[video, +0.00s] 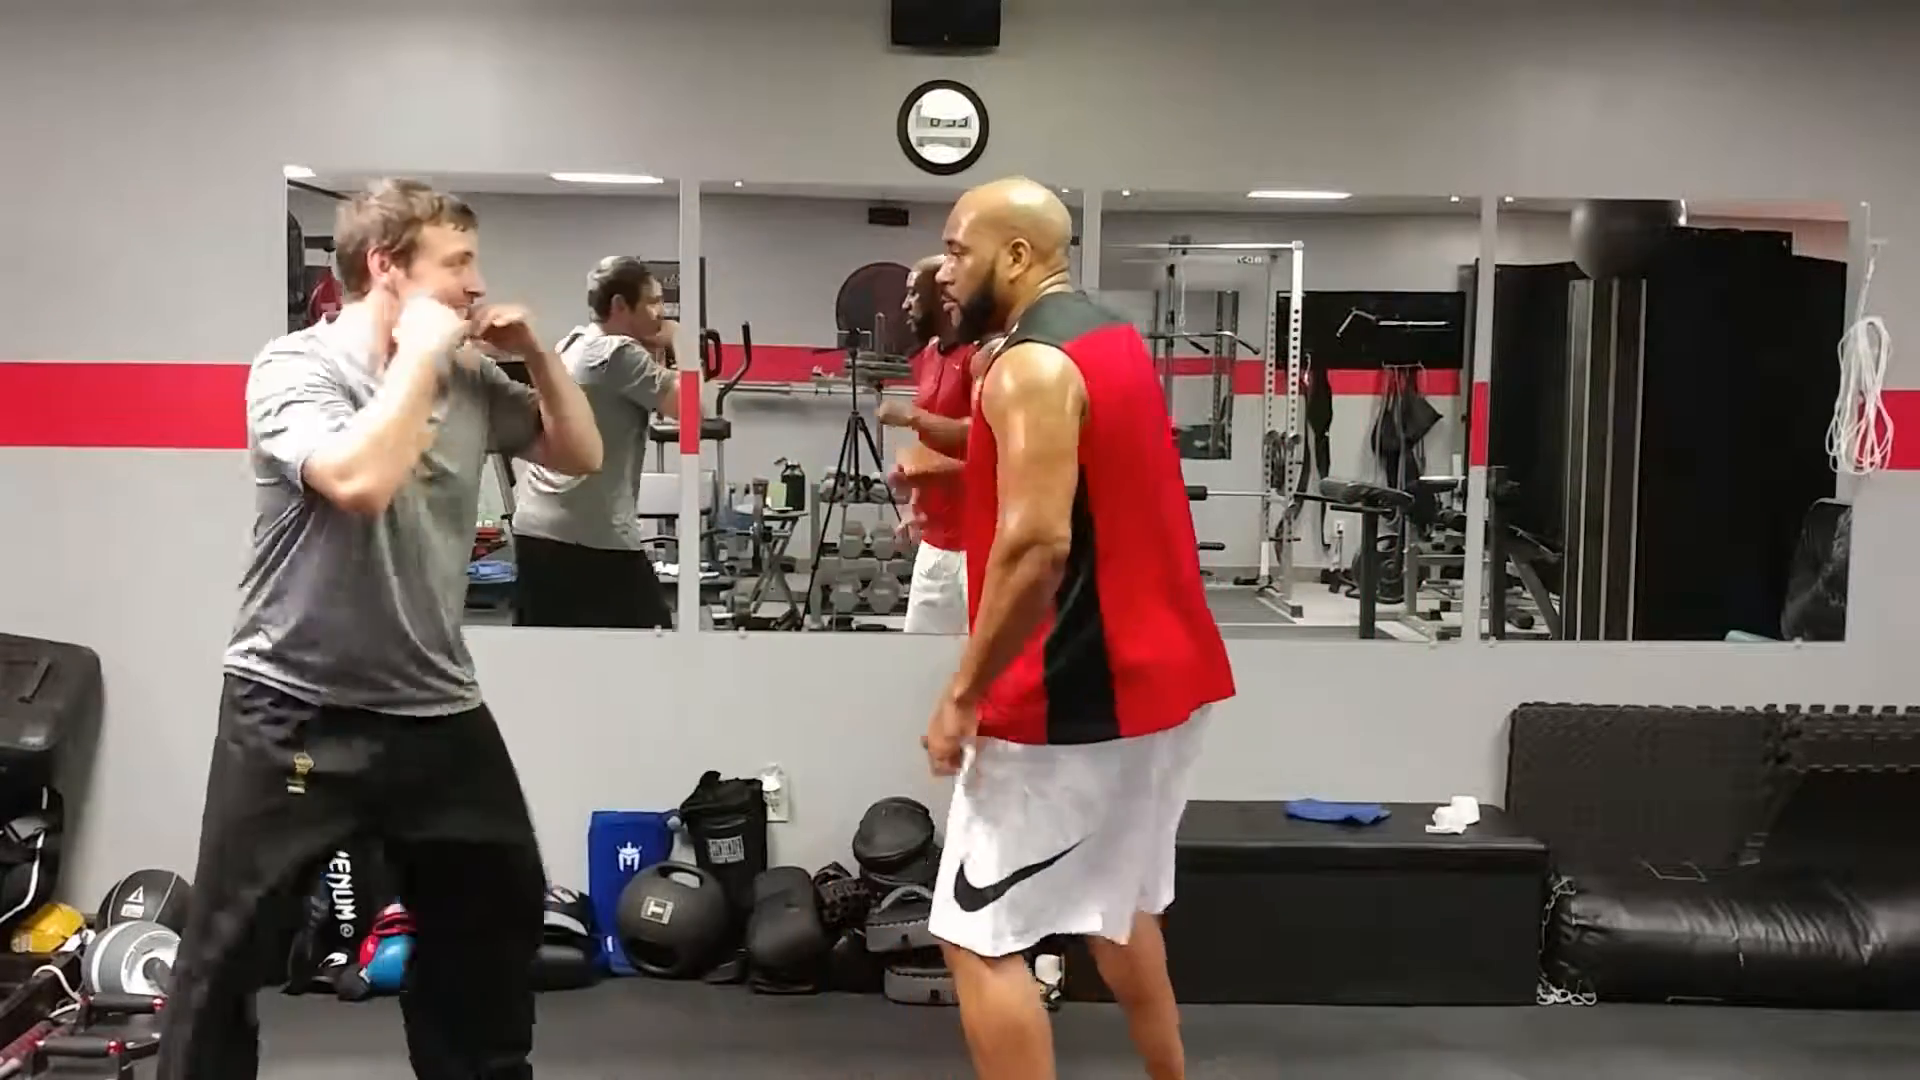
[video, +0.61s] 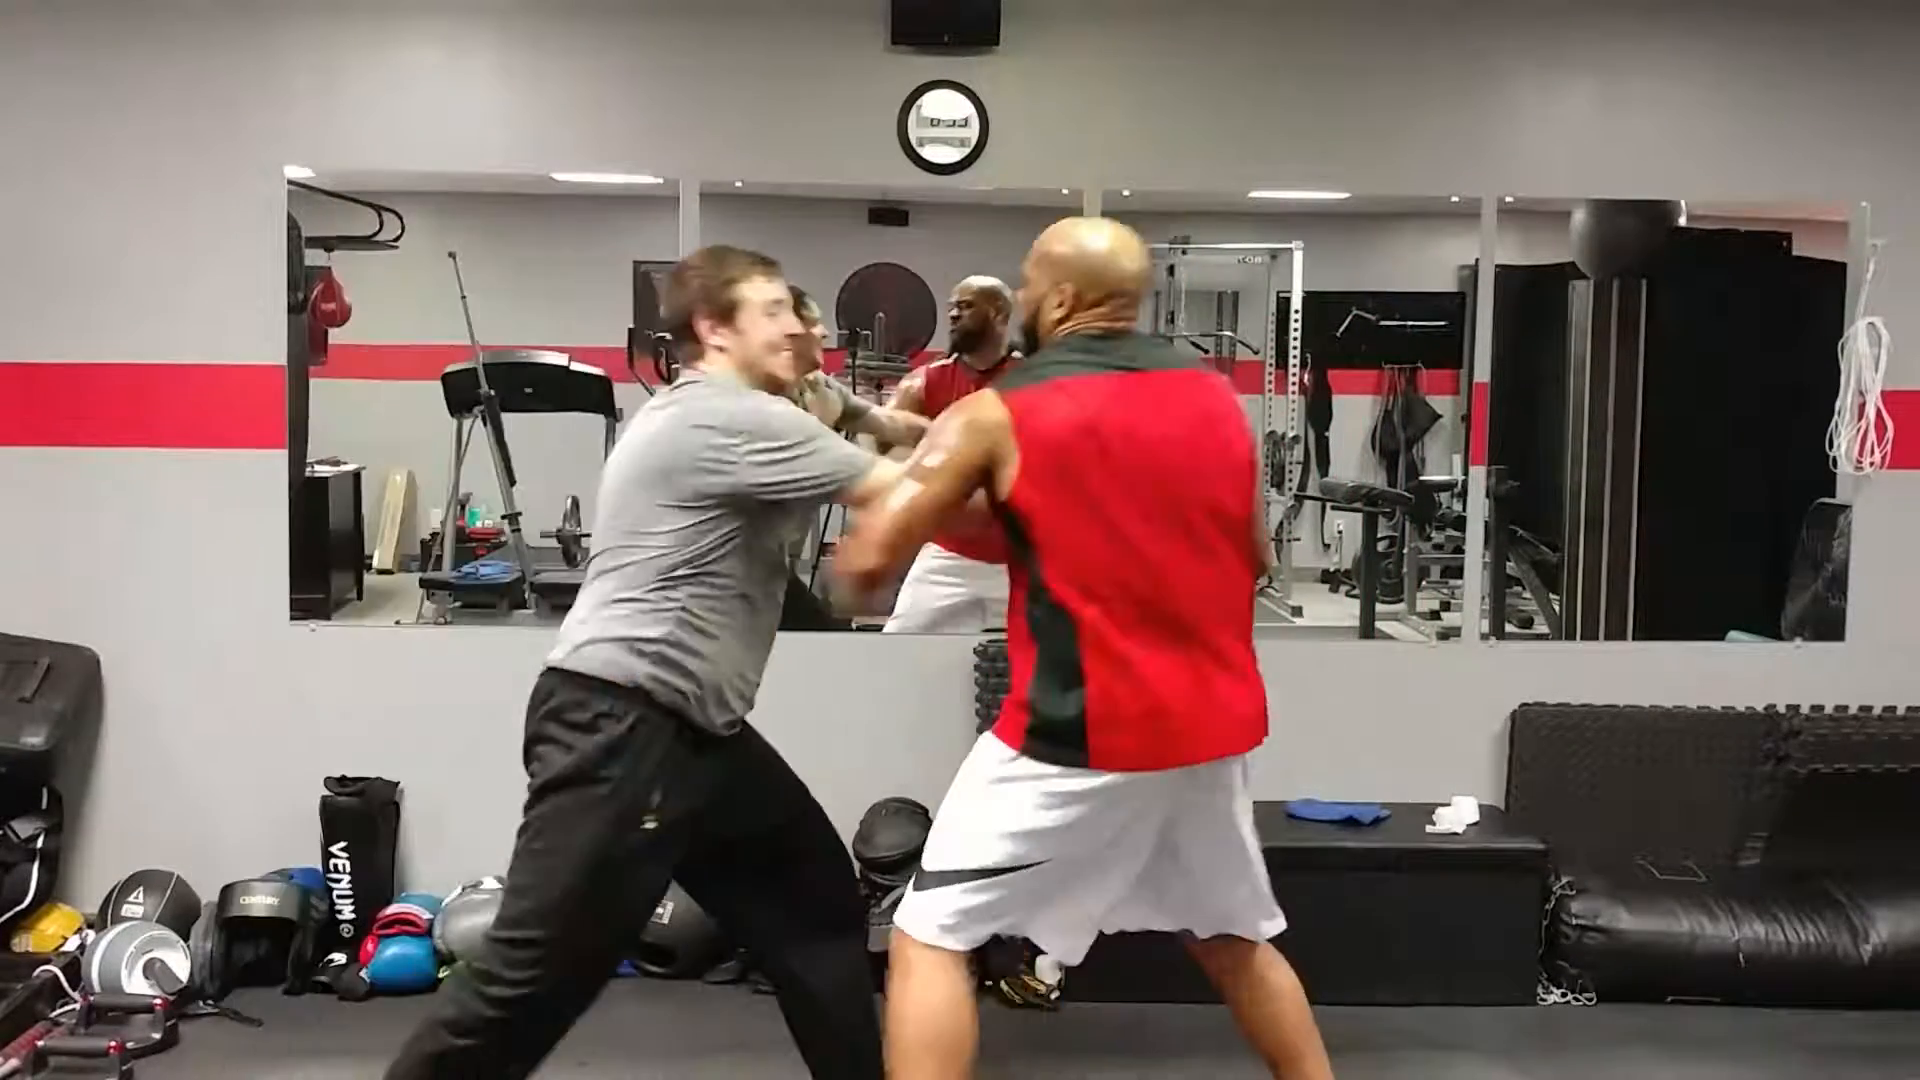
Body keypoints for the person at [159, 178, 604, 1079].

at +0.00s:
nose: (474, 286)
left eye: (475, 267)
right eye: (455, 267)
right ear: (384, 271)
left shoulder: (466, 375)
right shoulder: (292, 370)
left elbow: (577, 456)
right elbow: (357, 479)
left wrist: (541, 356)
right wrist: (421, 352)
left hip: (439, 710)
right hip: (289, 710)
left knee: (495, 927)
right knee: (225, 957)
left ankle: (481, 1073)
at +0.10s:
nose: (469, 298)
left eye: (469, 279)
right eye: (451, 278)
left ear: (391, 285)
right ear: (378, 284)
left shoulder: (476, 389)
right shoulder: (288, 390)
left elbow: (591, 464)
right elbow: (339, 505)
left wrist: (549, 362)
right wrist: (410, 370)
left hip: (464, 726)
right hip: (305, 732)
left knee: (555, 902)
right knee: (228, 976)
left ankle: (515, 1063)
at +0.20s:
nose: (501, 311)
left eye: (499, 291)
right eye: (481, 292)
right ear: (412, 304)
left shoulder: (514, 409)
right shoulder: (322, 415)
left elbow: (627, 478)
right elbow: (354, 537)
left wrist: (593, 379)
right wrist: (428, 406)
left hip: (496, 737)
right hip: (340, 746)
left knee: (608, 898)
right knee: (241, 976)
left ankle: (631, 1069)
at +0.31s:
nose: (569, 299)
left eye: (565, 282)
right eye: (547, 284)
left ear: (517, 304)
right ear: (486, 304)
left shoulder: (562, 408)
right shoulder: (430, 406)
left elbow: (661, 501)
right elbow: (535, 461)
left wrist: (642, 392)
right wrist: (626, 364)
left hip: (545, 735)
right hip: (408, 745)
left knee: (673, 899)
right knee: (304, 966)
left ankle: (760, 1065)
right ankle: (227, 1075)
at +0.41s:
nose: (650, 309)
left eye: (644, 295)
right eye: (625, 295)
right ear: (561, 322)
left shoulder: (619, 405)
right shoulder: (572, 393)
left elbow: (699, 517)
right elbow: (761, 372)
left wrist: (706, 411)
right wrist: (910, 348)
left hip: (625, 739)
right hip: (508, 739)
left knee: (733, 915)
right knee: (389, 958)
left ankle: (816, 1062)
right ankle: (277, 1068)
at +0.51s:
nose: (733, 329)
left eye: (729, 313)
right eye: (714, 314)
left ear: (658, 343)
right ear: (652, 338)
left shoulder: (643, 427)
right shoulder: (692, 419)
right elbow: (864, 438)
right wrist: (1016, 427)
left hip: (682, 749)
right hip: (579, 744)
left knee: (805, 939)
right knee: (473, 979)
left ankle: (849, 1073)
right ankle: (359, 1075)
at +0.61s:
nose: (802, 327)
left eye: (797, 309)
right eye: (779, 310)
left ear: (724, 335)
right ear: (714, 331)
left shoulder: (733, 411)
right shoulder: (719, 415)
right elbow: (891, 487)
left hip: (696, 731)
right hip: (618, 719)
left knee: (818, 914)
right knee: (527, 983)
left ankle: (860, 1070)